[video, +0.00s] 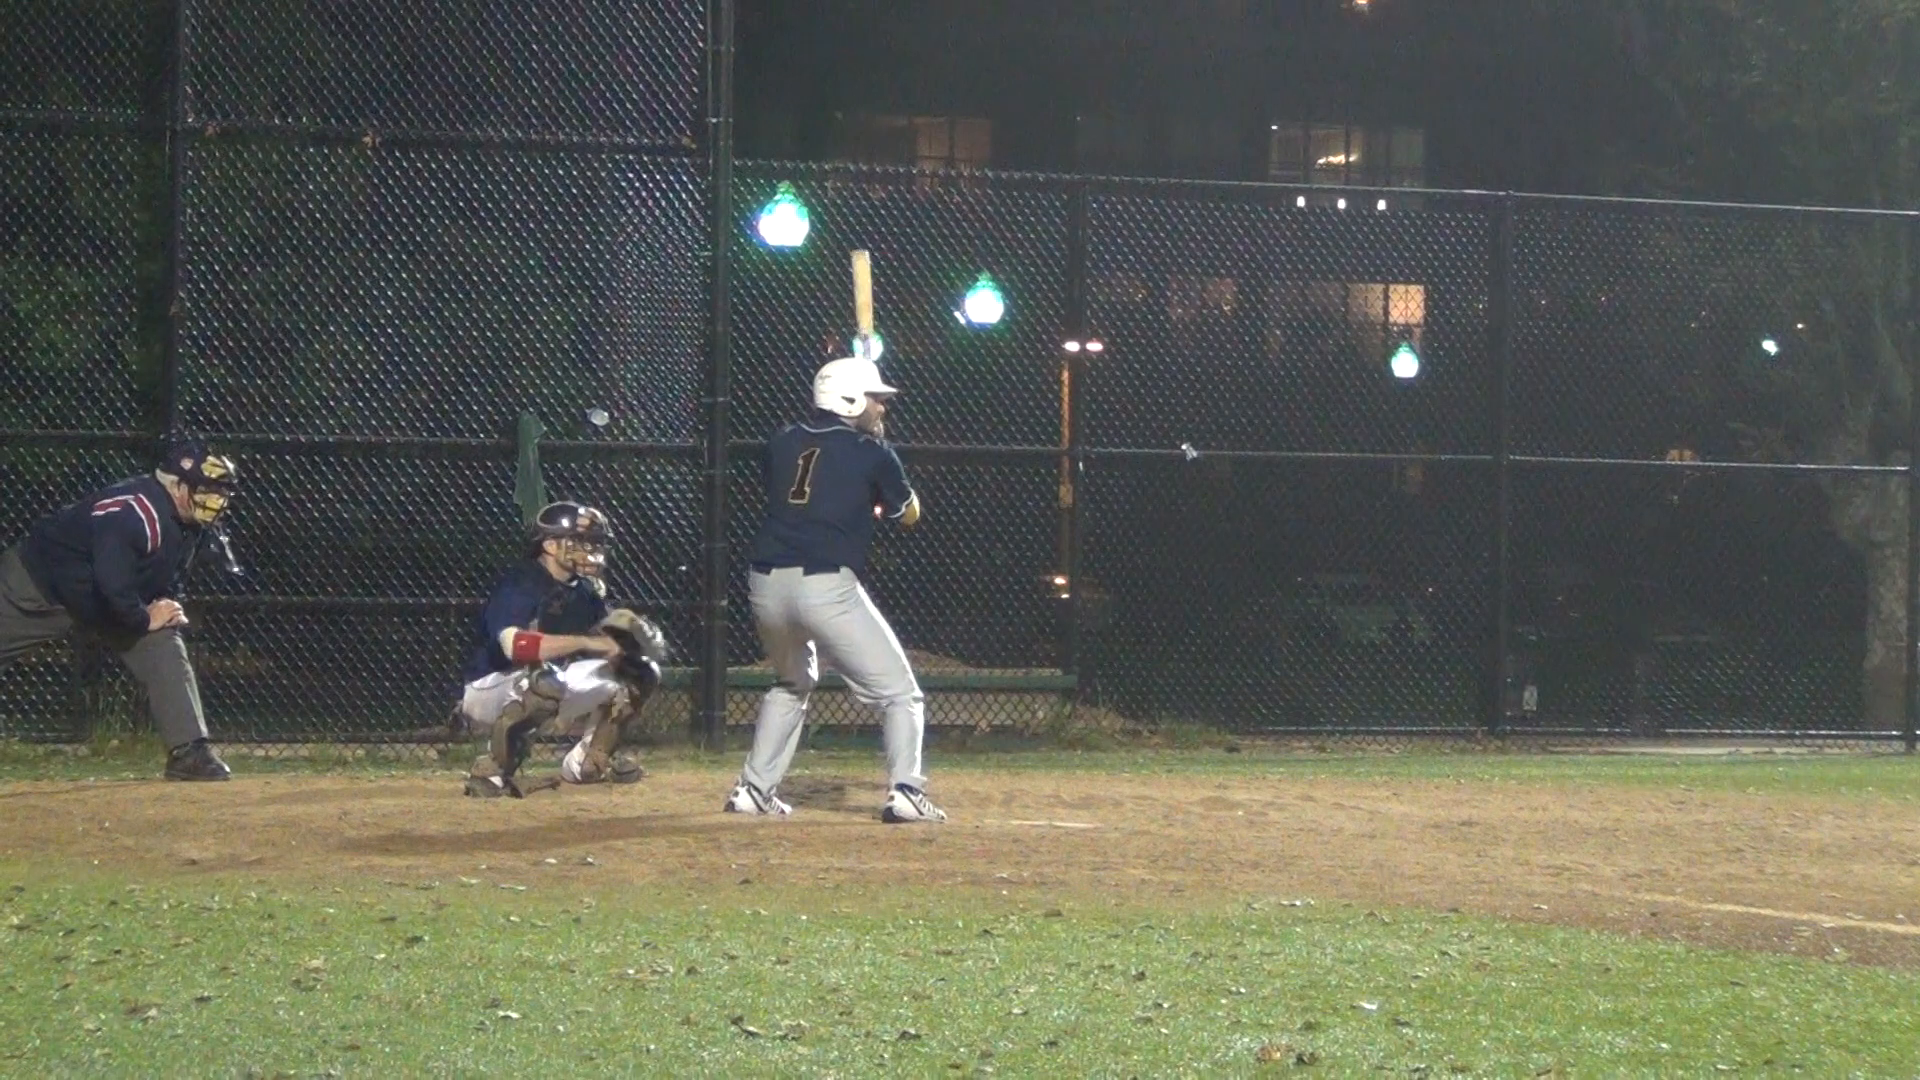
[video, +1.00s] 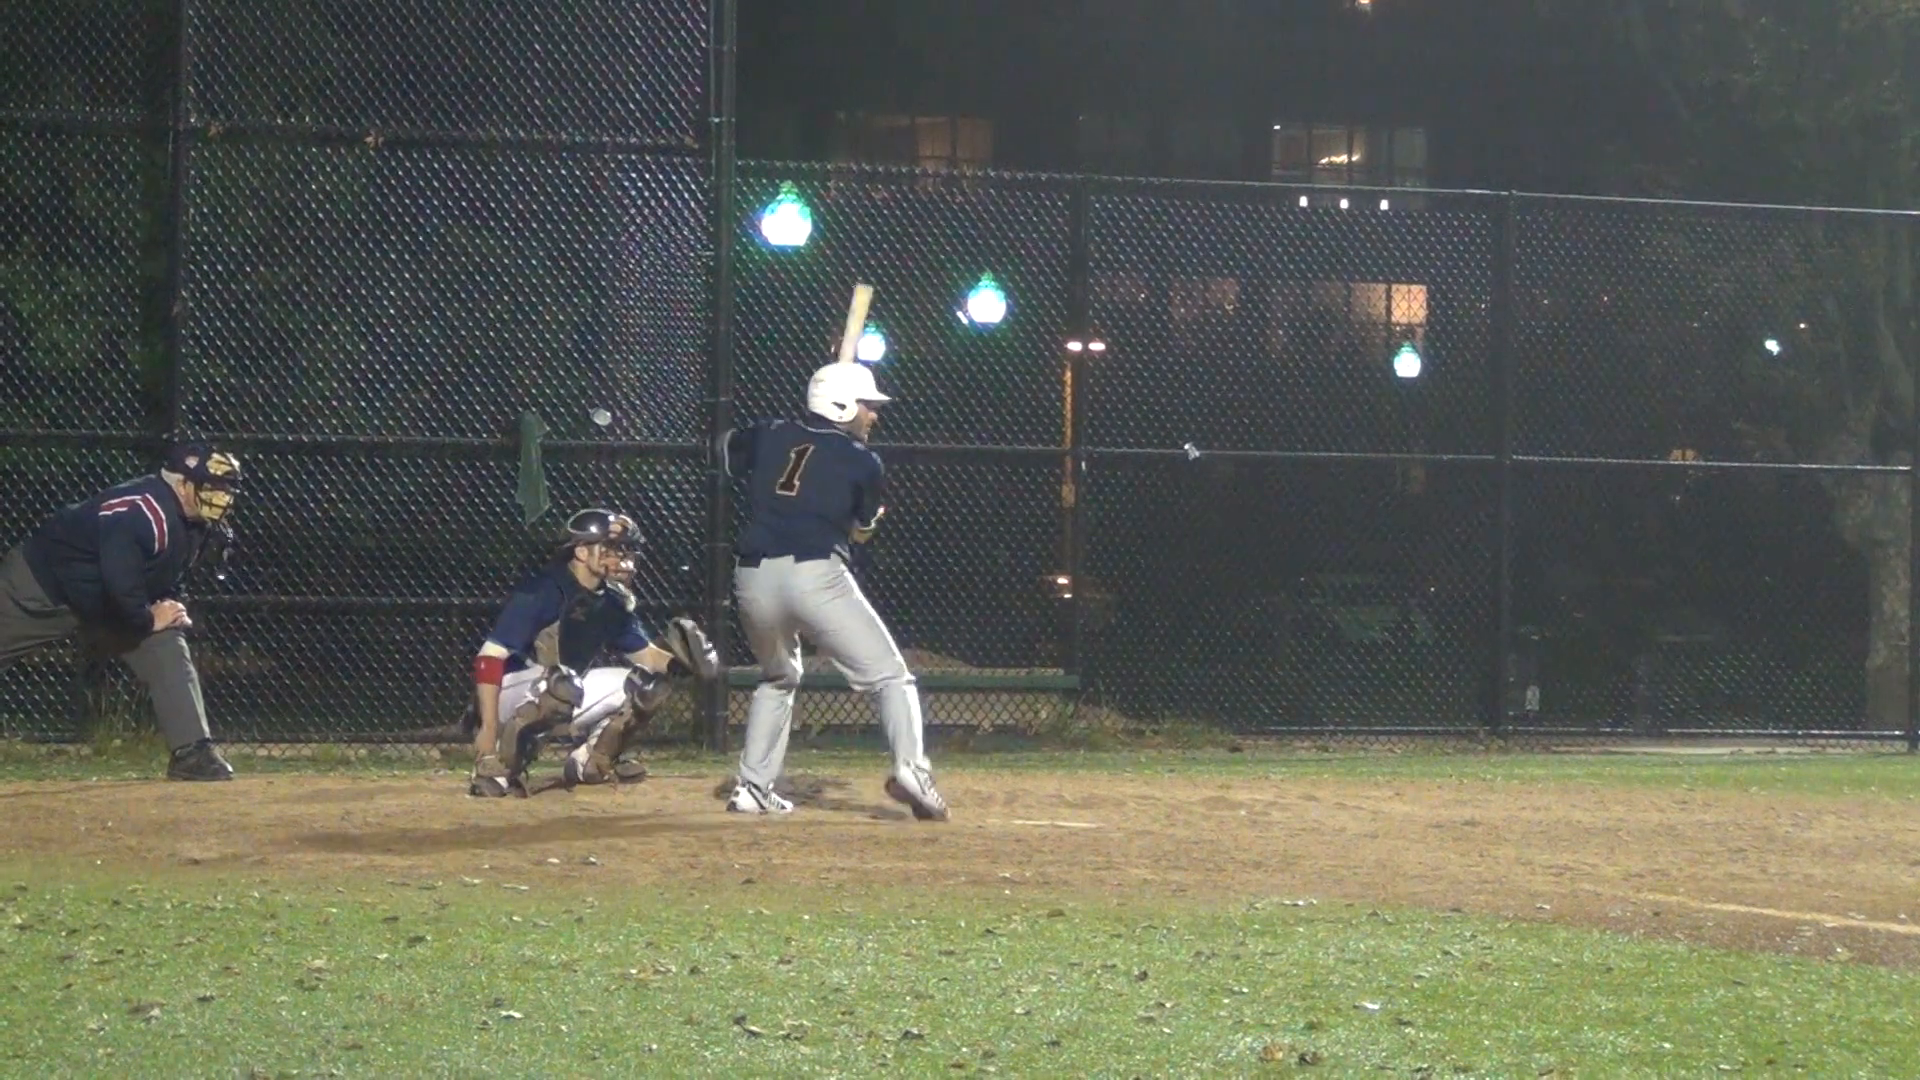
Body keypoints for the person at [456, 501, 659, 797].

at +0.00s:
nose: (590, 550)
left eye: (592, 543)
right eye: (580, 543)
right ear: (551, 546)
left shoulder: (587, 589)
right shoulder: (519, 584)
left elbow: (601, 634)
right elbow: (514, 646)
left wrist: (634, 638)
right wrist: (587, 643)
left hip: (554, 682)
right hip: (488, 690)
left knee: (638, 675)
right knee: (544, 682)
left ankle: (586, 764)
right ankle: (491, 773)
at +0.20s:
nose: (599, 554)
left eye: (600, 546)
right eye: (589, 546)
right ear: (560, 550)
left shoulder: (593, 593)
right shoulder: (527, 586)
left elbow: (634, 637)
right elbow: (491, 650)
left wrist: (673, 647)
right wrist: (536, 676)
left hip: (555, 688)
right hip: (496, 691)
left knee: (637, 677)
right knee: (548, 680)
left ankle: (589, 764)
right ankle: (493, 772)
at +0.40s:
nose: (605, 556)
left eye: (607, 549)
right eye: (596, 548)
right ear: (567, 552)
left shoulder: (601, 594)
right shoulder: (532, 590)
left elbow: (637, 643)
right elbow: (483, 658)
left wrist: (673, 649)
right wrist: (483, 721)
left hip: (558, 693)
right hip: (502, 694)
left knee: (638, 681)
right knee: (554, 680)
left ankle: (588, 766)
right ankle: (494, 771)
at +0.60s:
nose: (612, 559)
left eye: (613, 551)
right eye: (603, 551)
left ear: (604, 555)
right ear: (573, 553)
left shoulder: (606, 599)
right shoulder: (533, 593)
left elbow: (644, 647)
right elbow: (481, 659)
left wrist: (690, 660)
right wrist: (474, 729)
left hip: (562, 694)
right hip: (501, 695)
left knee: (644, 681)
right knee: (557, 683)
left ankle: (588, 765)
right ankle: (498, 773)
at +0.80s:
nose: (614, 559)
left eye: (616, 552)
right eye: (606, 551)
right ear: (576, 553)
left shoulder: (607, 600)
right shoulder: (538, 592)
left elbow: (646, 649)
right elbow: (485, 662)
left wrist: (688, 660)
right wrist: (486, 735)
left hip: (563, 692)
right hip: (503, 695)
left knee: (645, 683)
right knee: (558, 684)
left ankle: (590, 765)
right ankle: (495, 770)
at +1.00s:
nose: (620, 560)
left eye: (622, 552)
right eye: (610, 550)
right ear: (581, 553)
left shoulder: (611, 602)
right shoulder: (543, 591)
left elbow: (647, 655)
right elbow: (489, 659)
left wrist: (684, 661)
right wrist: (489, 728)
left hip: (569, 691)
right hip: (508, 692)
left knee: (646, 686)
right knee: (561, 686)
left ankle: (591, 764)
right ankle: (495, 767)